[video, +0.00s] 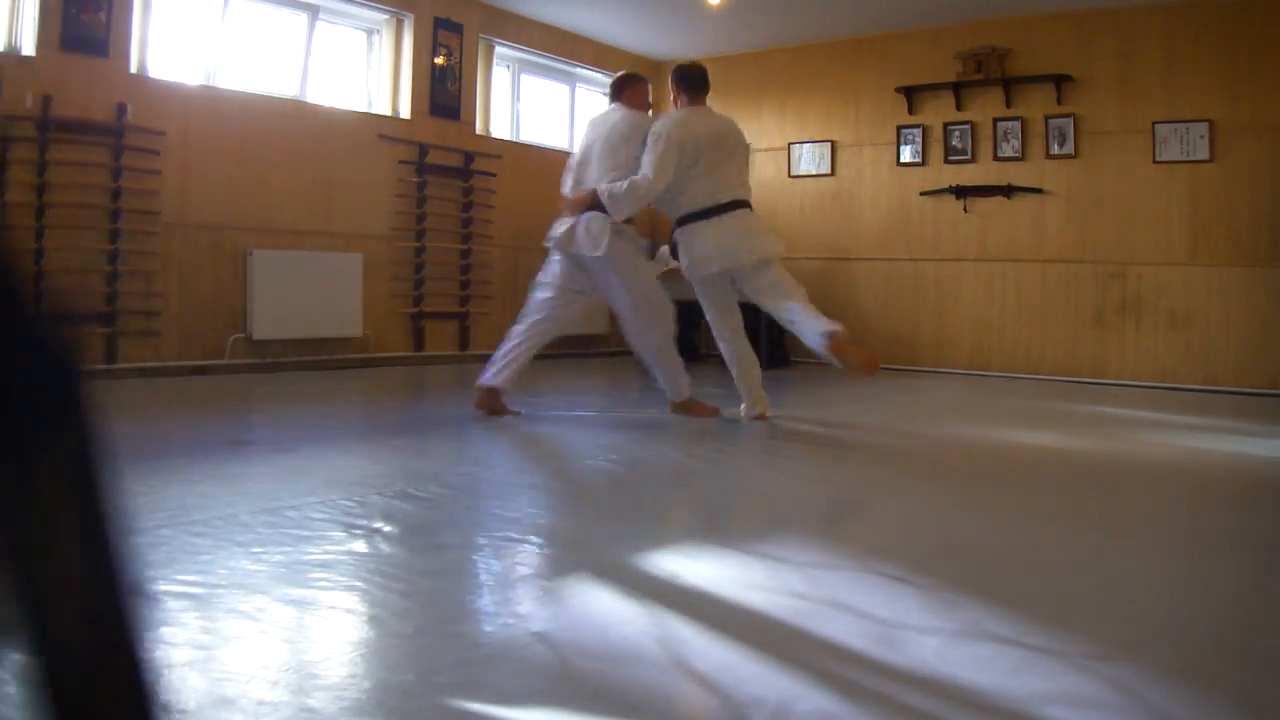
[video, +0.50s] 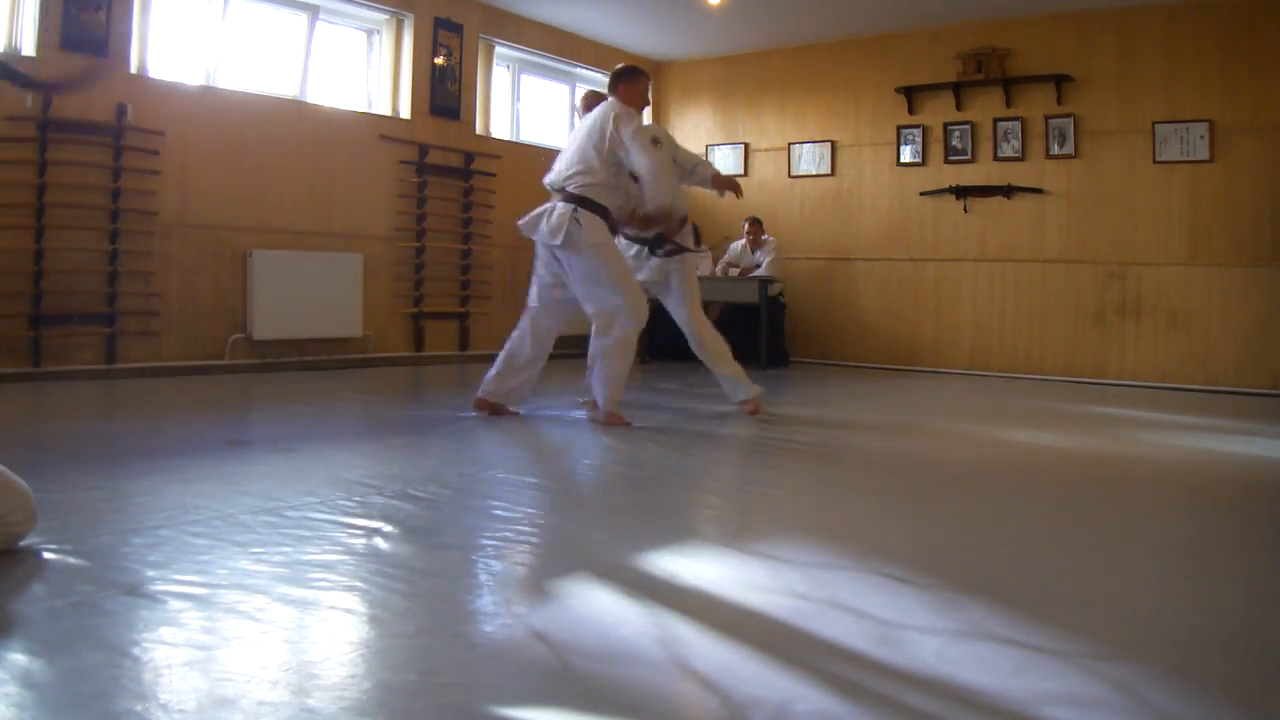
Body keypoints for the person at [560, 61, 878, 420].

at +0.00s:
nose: (668, 98)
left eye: (668, 92)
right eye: (674, 92)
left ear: (675, 92)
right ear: (707, 91)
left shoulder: (669, 128)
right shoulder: (731, 128)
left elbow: (649, 185)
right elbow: (737, 187)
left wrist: (593, 197)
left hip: (699, 239)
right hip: (743, 228)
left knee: (727, 330)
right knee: (786, 299)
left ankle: (755, 405)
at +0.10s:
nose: (657, 107)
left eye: (659, 100)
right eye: (658, 100)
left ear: (670, 99)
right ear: (692, 100)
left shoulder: (676, 127)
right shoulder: (710, 134)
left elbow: (653, 166)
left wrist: (600, 182)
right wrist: (627, 217)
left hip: (706, 236)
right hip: (745, 227)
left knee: (710, 326)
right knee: (769, 312)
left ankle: (754, 401)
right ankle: (838, 351)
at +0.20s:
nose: (635, 113)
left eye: (639, 105)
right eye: (634, 106)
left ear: (655, 102)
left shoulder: (671, 117)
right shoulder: (654, 161)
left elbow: (686, 140)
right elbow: (629, 208)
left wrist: (634, 162)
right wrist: (595, 225)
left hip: (718, 225)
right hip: (700, 235)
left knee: (712, 321)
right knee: (719, 317)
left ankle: (758, 394)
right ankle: (758, 391)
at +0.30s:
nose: (623, 118)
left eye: (626, 109)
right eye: (617, 113)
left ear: (635, 107)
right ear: (613, 112)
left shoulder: (660, 118)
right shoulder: (627, 161)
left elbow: (706, 139)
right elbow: (620, 219)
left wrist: (672, 152)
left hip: (712, 223)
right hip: (683, 235)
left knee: (712, 316)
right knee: (665, 302)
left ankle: (762, 391)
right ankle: (654, 367)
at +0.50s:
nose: (585, 121)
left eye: (589, 112)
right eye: (583, 115)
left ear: (606, 108)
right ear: (584, 116)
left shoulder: (649, 136)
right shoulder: (596, 147)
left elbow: (685, 161)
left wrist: (716, 179)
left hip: (673, 247)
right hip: (630, 247)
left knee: (694, 326)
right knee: (610, 315)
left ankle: (745, 392)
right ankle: (601, 394)